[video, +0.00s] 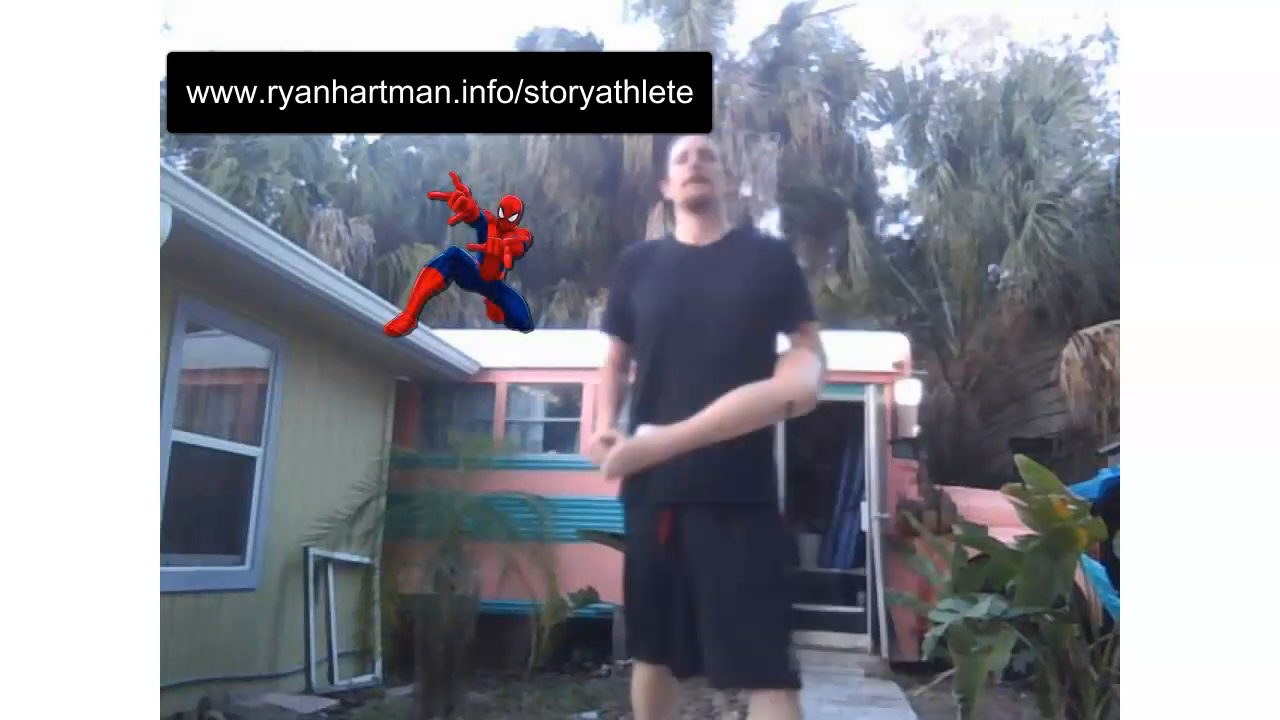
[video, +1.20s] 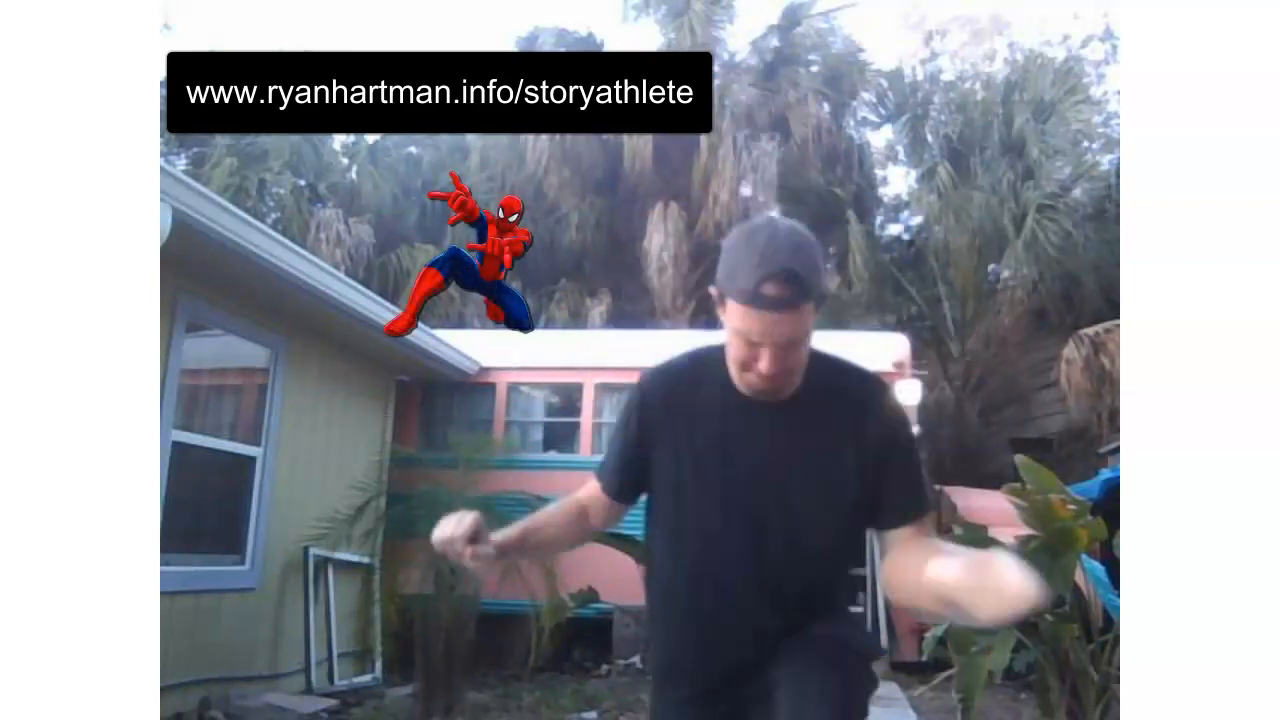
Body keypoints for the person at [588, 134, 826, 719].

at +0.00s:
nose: (695, 165)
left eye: (708, 156)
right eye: (682, 158)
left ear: (730, 179)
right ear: (664, 186)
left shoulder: (769, 258)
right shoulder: (637, 263)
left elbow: (803, 382)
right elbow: (614, 366)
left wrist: (665, 443)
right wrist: (601, 427)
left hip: (740, 497)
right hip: (653, 495)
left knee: (768, 679)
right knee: (651, 661)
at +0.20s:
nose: (730, 78)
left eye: (747, 61)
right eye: (712, 63)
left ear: (770, 77)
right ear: (690, 83)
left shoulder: (828, 190)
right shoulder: (653, 205)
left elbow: (886, 347)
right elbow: (627, 335)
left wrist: (779, 416)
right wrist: (584, 440)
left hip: (797, 502)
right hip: (672, 502)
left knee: (802, 705)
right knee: (656, 701)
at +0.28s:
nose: (785, 140)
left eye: (803, 128)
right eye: (772, 124)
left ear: (826, 154)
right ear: (742, 144)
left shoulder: (852, 272)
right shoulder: (679, 244)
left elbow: (864, 407)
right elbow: (602, 356)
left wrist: (948, 432)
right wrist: (515, 419)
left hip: (792, 543)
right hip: (683, 538)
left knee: (804, 710)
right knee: (701, 712)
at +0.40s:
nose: (818, 272)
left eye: (838, 256)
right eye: (801, 252)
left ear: (862, 278)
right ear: (763, 268)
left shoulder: (890, 411)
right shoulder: (688, 373)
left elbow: (912, 575)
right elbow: (591, 466)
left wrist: (968, 565)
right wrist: (459, 491)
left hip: (818, 668)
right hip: (700, 672)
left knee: (841, 635)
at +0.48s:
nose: (771, 162)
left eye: (791, 148)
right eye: (756, 147)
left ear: (819, 170)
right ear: (725, 170)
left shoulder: (856, 295)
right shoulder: (669, 285)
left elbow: (886, 455)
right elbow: (597, 417)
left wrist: (967, 432)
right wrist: (486, 471)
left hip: (823, 593)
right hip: (694, 598)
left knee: (835, 706)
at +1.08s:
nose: (783, 230)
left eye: (802, 214)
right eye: (763, 213)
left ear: (828, 234)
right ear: (731, 230)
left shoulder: (859, 358)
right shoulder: (670, 342)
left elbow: (882, 503)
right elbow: (596, 461)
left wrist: (959, 533)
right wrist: (509, 541)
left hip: (803, 614)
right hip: (685, 616)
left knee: (805, 708)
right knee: (676, 711)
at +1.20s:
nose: (768, 364)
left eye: (789, 343)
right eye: (749, 341)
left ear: (817, 313)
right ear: (719, 306)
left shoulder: (865, 407)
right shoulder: (667, 396)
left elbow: (905, 554)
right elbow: (594, 508)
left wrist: (961, 579)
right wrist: (502, 542)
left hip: (811, 658)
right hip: (692, 669)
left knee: (818, 691)